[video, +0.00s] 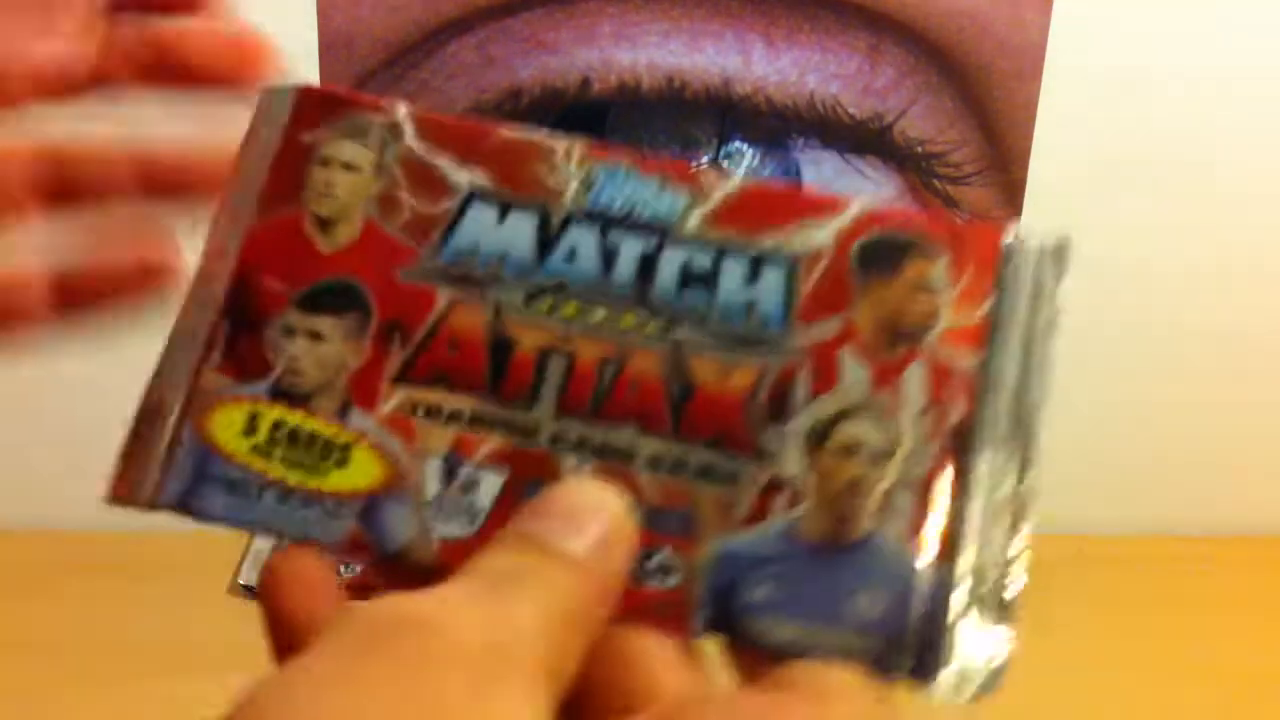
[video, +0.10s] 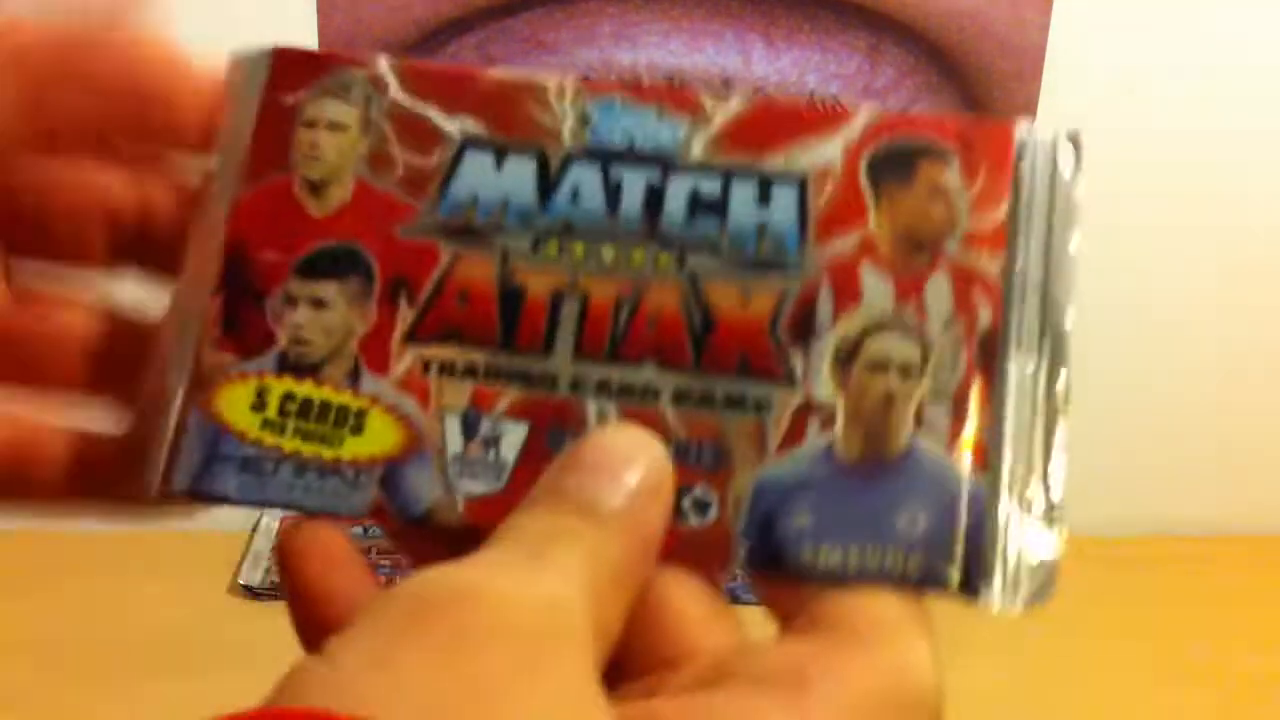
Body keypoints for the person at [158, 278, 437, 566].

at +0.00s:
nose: (294, 352)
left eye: (315, 339)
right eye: (287, 334)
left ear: (356, 353)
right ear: (271, 340)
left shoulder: (373, 451)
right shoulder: (220, 411)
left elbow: (413, 561)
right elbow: (162, 507)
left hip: (300, 596)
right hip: (193, 568)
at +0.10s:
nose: (297, 320)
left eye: (318, 306)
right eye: (291, 303)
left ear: (363, 318)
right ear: (278, 310)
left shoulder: (394, 414)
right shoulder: (225, 392)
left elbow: (432, 519)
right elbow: (175, 497)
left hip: (330, 564)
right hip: (219, 552)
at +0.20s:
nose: (290, 308)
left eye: (310, 293)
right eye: (283, 291)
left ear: (354, 303)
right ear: (267, 296)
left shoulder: (393, 399)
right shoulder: (226, 386)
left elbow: (440, 505)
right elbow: (175, 500)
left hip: (343, 563)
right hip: (228, 554)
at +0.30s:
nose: (280, 287)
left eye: (301, 271)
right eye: (275, 268)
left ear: (342, 282)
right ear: (259, 271)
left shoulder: (375, 382)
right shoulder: (215, 363)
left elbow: (426, 491)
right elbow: (160, 476)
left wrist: (426, 381)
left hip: (318, 544)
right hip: (211, 535)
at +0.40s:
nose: (262, 325)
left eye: (283, 309)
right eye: (257, 306)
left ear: (327, 316)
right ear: (240, 308)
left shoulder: (361, 424)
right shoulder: (199, 408)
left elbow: (404, 537)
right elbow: (147, 524)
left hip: (303, 588)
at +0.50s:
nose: (233, 400)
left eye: (253, 383)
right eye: (227, 381)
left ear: (299, 391)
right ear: (210, 387)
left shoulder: (335, 496)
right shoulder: (171, 488)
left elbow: (392, 606)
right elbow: (123, 611)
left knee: (273, 635)